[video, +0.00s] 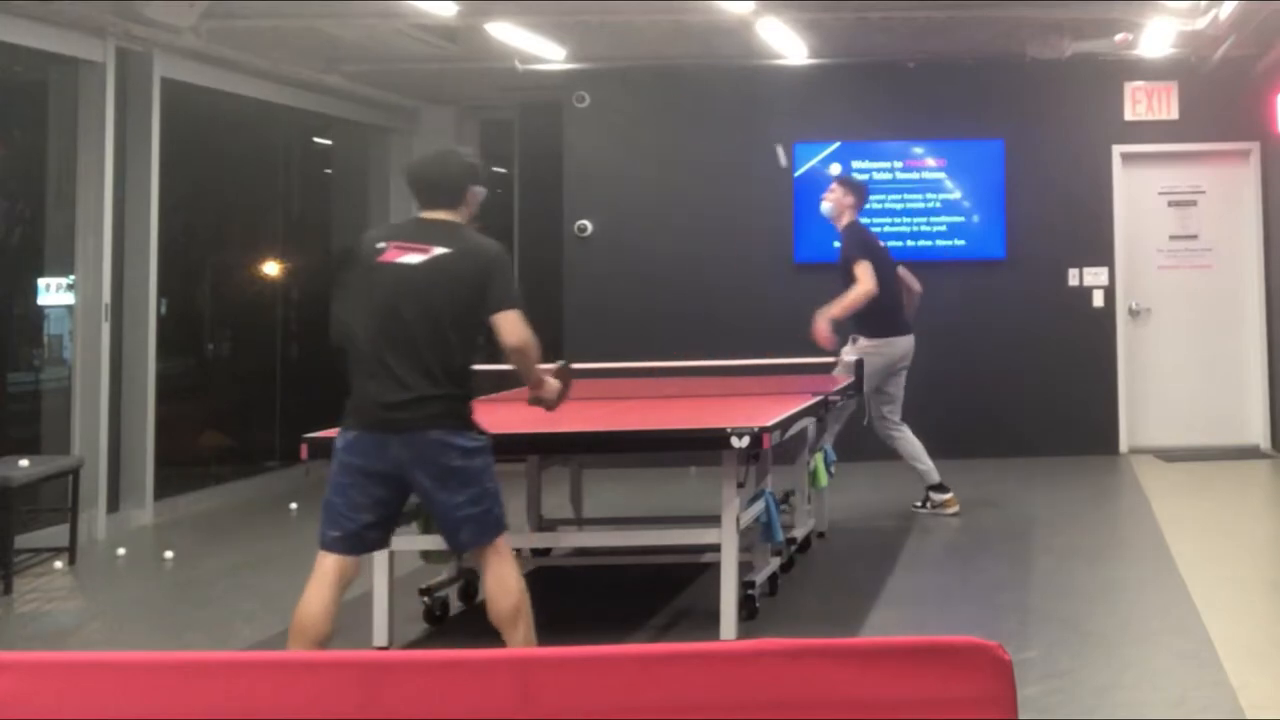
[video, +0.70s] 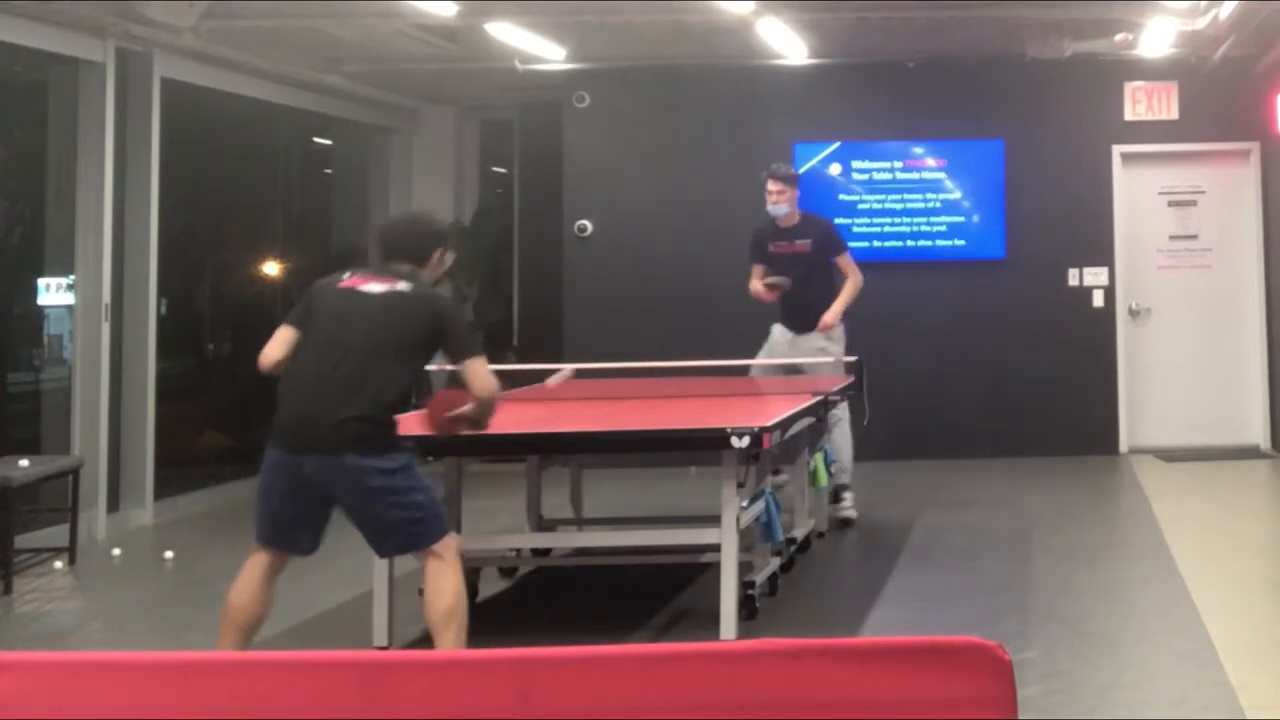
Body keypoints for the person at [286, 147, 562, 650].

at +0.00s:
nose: (481, 201)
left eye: (479, 192)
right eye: (478, 192)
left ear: (418, 195)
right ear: (468, 197)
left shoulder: (372, 245)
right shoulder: (482, 253)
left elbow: (346, 330)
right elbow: (515, 340)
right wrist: (536, 381)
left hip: (365, 433)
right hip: (443, 434)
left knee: (331, 566)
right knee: (493, 553)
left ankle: (288, 694)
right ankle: (530, 678)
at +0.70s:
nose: (447, 263)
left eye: (447, 255)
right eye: (447, 256)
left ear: (381, 252)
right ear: (436, 259)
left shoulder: (329, 286)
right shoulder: (436, 303)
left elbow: (270, 359)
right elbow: (486, 389)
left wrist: (320, 367)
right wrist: (474, 416)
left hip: (291, 444)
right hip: (364, 448)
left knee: (267, 554)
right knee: (440, 552)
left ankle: (222, 671)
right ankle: (453, 679)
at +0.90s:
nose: (395, 287)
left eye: (394, 279)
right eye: (394, 280)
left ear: (335, 279)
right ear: (385, 285)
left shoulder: (287, 310)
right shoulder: (395, 334)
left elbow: (254, 392)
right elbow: (459, 394)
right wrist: (438, 382)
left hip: (251, 457)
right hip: (328, 465)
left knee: (229, 557)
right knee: (414, 558)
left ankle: (212, 676)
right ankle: (449, 675)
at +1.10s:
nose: (365, 254)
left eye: (362, 246)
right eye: (363, 247)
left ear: (299, 252)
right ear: (356, 252)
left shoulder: (258, 294)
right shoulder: (373, 298)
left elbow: (230, 378)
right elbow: (442, 339)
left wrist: (275, 373)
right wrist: (476, 326)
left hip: (247, 443)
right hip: (325, 448)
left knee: (222, 555)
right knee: (394, 559)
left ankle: (211, 680)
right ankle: (447, 676)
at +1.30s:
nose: (377, 240)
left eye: (376, 233)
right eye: (374, 233)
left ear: (312, 235)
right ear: (364, 238)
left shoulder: (272, 281)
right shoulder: (383, 287)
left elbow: (205, 352)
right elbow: (449, 356)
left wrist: (271, 359)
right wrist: (471, 341)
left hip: (259, 439)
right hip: (334, 445)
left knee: (236, 546)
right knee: (403, 553)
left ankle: (215, 672)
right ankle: (411, 679)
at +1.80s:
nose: (495, 285)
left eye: (493, 275)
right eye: (489, 278)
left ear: (434, 275)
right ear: (464, 289)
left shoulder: (379, 293)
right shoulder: (423, 343)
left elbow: (324, 289)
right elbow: (473, 441)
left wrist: (365, 262)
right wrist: (533, 454)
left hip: (266, 460)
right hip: (310, 477)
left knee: (207, 561)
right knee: (416, 560)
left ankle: (117, 660)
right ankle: (372, 688)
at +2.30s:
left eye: (577, 190)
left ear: (570, 196)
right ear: (629, 195)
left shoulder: (540, 243)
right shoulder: (661, 251)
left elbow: (443, 263)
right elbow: (755, 277)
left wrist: (445, 196)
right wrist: (725, 225)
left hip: (547, 421)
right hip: (627, 430)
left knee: (465, 494)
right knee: (666, 568)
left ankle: (384, 581)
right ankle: (690, 698)